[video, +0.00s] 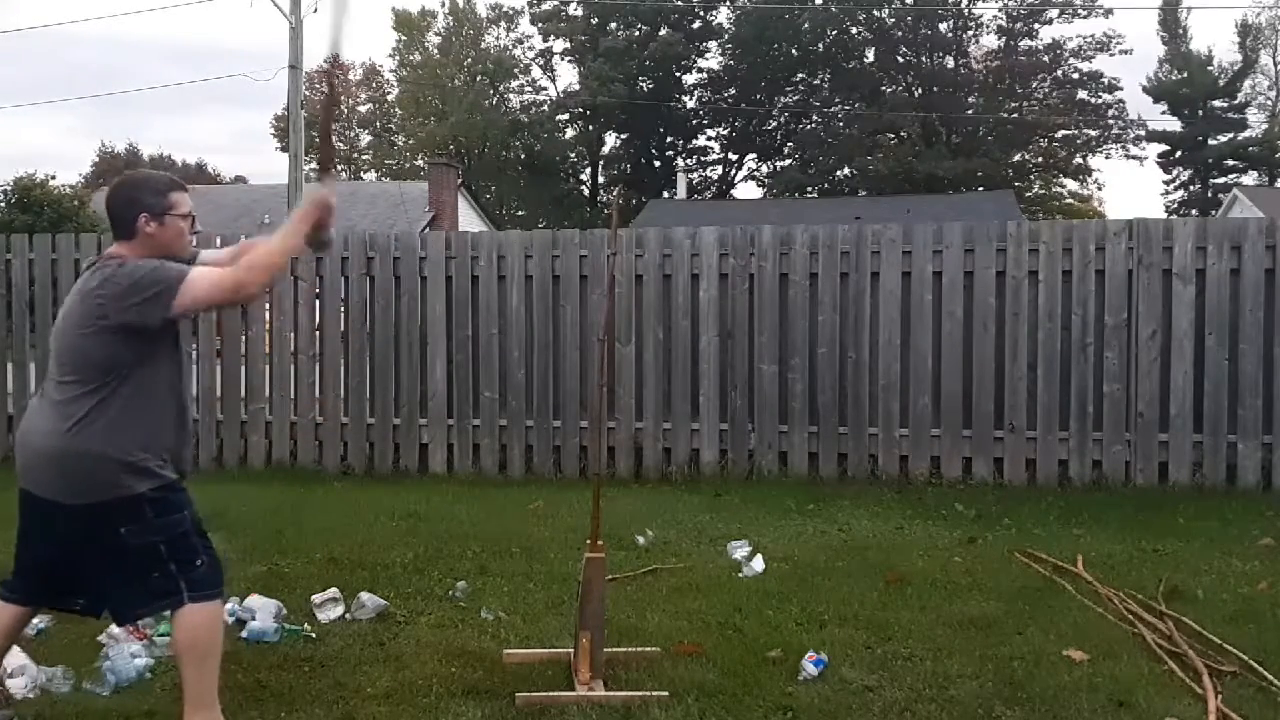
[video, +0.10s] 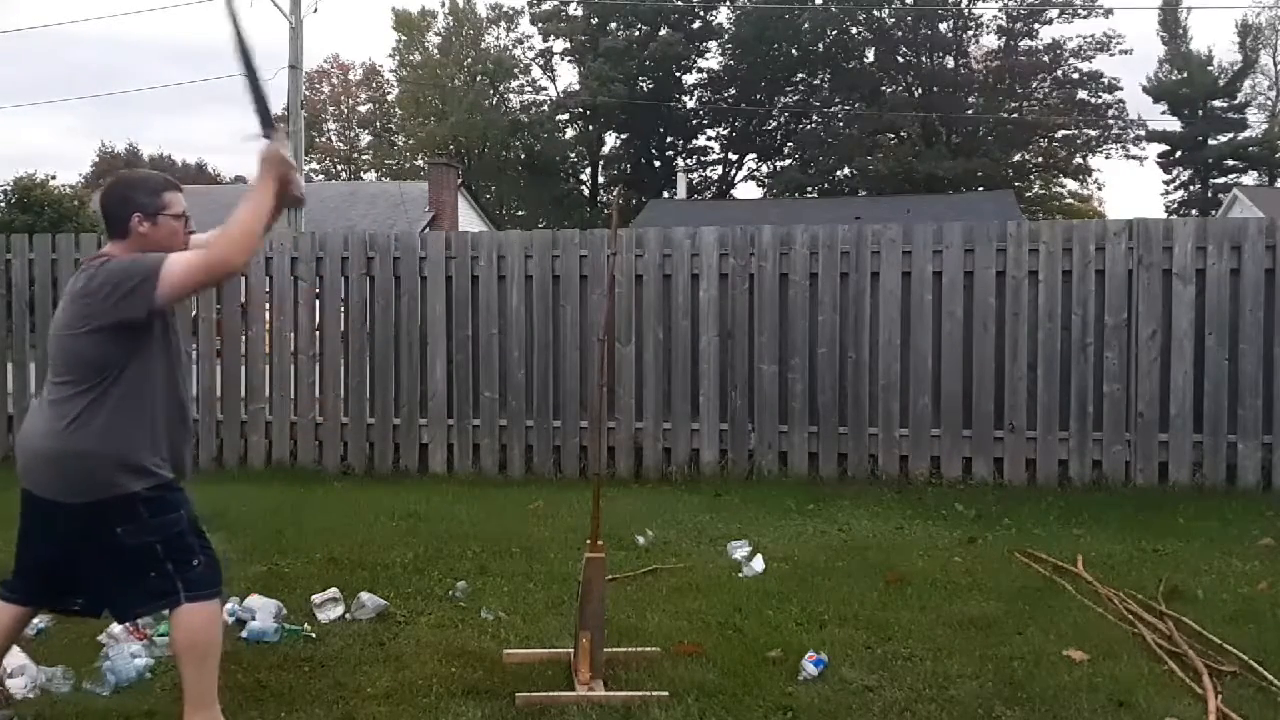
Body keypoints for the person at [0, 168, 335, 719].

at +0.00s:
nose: (194, 227)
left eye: (191, 218)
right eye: (185, 218)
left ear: (142, 225)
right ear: (147, 224)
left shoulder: (106, 273)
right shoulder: (132, 279)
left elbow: (224, 259)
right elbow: (237, 283)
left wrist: (294, 239)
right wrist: (296, 228)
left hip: (48, 461)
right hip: (116, 466)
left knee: (25, 589)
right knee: (199, 585)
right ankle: (203, 712)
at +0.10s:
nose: (188, 228)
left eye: (186, 218)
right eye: (179, 217)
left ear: (134, 224)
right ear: (140, 224)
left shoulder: (106, 274)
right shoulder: (118, 279)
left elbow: (210, 252)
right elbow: (224, 259)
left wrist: (271, 201)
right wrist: (268, 181)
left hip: (50, 466)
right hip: (115, 470)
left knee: (28, 587)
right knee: (197, 585)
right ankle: (203, 712)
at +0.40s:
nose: (175, 226)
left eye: (174, 213)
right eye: (167, 217)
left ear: (128, 226)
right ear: (131, 225)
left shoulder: (130, 277)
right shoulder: (98, 277)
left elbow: (214, 225)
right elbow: (186, 235)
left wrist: (229, 166)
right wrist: (196, 143)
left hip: (59, 466)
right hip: (113, 468)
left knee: (35, 589)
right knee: (199, 582)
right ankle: (203, 712)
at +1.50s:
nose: (178, 230)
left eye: (175, 219)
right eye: (167, 219)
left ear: (125, 226)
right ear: (126, 226)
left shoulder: (99, 276)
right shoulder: (116, 283)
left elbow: (219, 247)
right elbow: (229, 278)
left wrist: (247, 196)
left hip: (66, 470)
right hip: (135, 471)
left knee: (32, 590)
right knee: (214, 583)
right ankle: (206, 712)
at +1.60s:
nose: (177, 218)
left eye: (176, 208)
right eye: (167, 208)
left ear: (123, 217)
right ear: (127, 214)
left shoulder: (81, 265)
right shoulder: (139, 276)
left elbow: (219, 270)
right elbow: (244, 309)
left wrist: (311, 270)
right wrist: (319, 277)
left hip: (47, 459)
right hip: (130, 463)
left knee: (25, 583)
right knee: (196, 587)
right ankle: (204, 711)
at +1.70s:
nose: (185, 216)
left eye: (183, 205)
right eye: (175, 206)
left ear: (126, 213)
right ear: (136, 211)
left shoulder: (74, 255)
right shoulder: (157, 275)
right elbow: (238, 338)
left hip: (33, 453)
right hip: (124, 458)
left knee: (18, 584)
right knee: (183, 590)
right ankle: (201, 712)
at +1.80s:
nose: (195, 221)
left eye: (194, 211)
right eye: (186, 211)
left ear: (139, 217)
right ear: (150, 216)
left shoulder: (69, 255)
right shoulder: (175, 288)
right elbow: (200, 377)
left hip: (22, 453)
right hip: (122, 460)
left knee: (8, 590)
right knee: (182, 591)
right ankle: (201, 712)